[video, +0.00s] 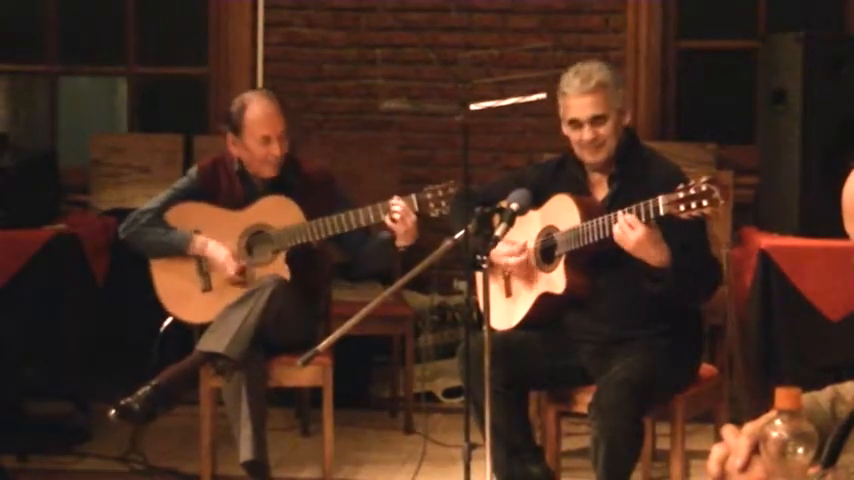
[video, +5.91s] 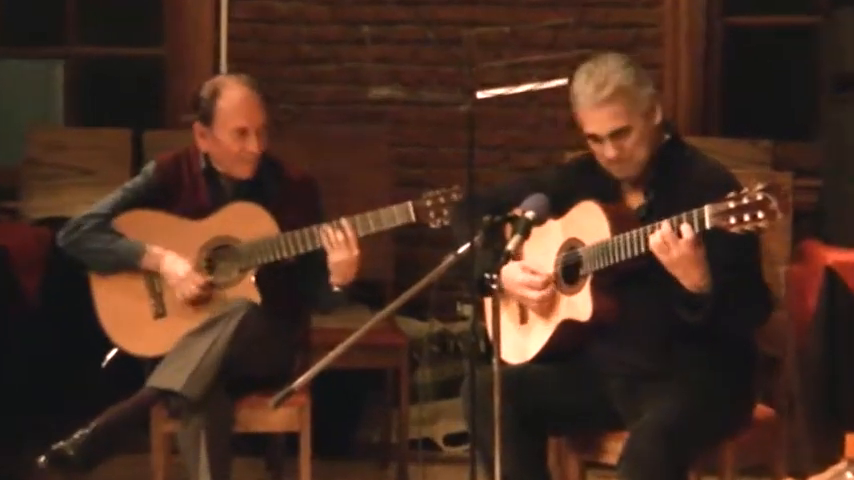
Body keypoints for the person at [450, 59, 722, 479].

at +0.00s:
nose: (588, 135)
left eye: (599, 121)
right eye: (575, 125)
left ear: (624, 116)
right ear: (562, 125)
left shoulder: (663, 183)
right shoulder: (554, 177)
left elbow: (705, 281)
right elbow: (466, 205)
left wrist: (663, 258)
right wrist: (486, 246)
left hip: (652, 341)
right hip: (573, 336)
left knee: (615, 399)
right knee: (487, 354)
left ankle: (611, 474)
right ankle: (523, 472)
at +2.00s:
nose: (577, 139)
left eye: (589, 126)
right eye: (568, 128)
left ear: (623, 119)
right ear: (561, 124)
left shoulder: (665, 184)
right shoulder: (557, 176)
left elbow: (706, 281)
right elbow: (467, 205)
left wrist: (661, 260)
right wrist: (486, 250)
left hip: (653, 342)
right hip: (573, 336)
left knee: (613, 394)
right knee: (484, 353)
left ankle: (609, 473)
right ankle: (524, 471)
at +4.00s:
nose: (585, 138)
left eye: (597, 125)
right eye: (573, 127)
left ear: (624, 117)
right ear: (563, 124)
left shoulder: (666, 183)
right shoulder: (557, 177)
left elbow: (705, 284)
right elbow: (467, 202)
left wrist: (662, 259)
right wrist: (489, 249)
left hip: (652, 344)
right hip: (572, 338)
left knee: (613, 404)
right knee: (484, 352)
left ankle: (613, 474)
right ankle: (525, 471)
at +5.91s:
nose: (609, 152)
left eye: (620, 134)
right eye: (595, 139)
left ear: (654, 115)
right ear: (583, 133)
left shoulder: (708, 186)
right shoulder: (577, 181)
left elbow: (751, 312)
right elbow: (474, 211)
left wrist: (700, 284)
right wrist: (497, 271)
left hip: (692, 375)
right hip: (597, 367)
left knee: (651, 445)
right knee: (494, 390)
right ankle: (522, 474)